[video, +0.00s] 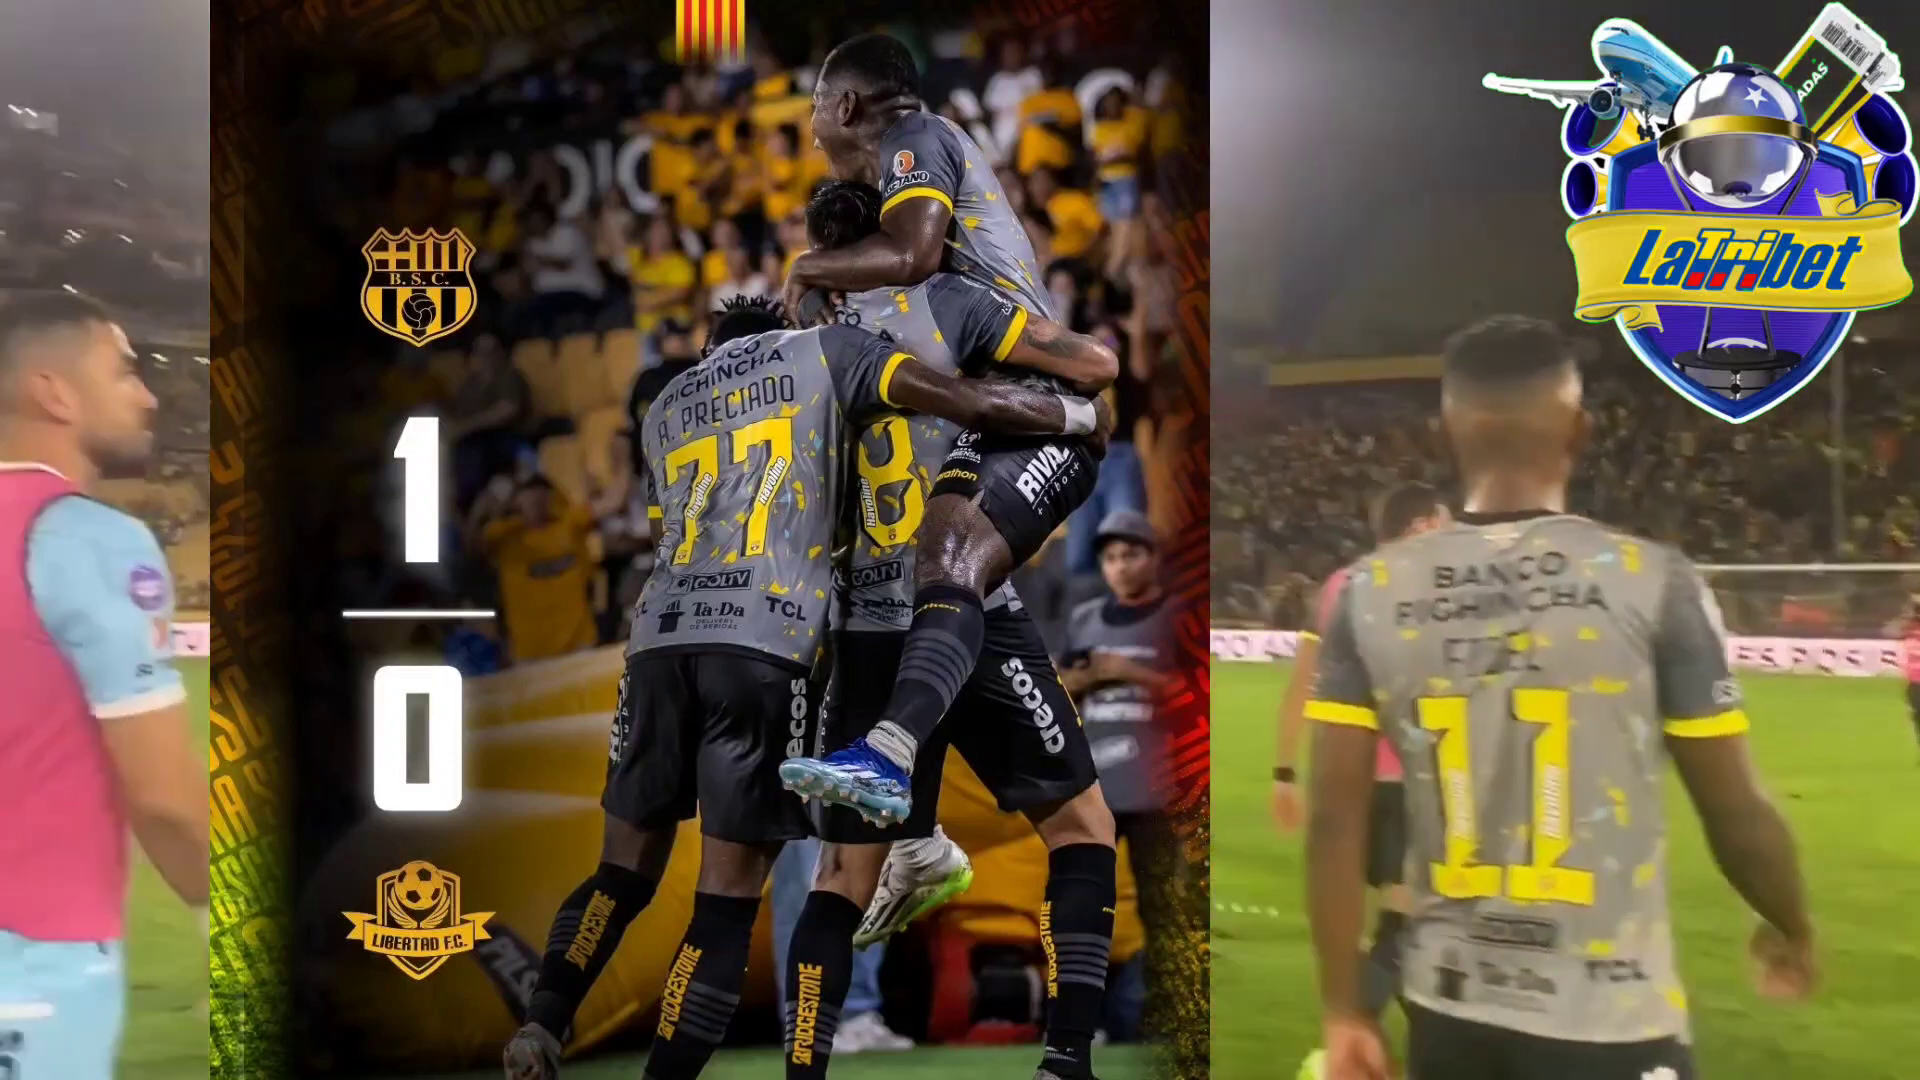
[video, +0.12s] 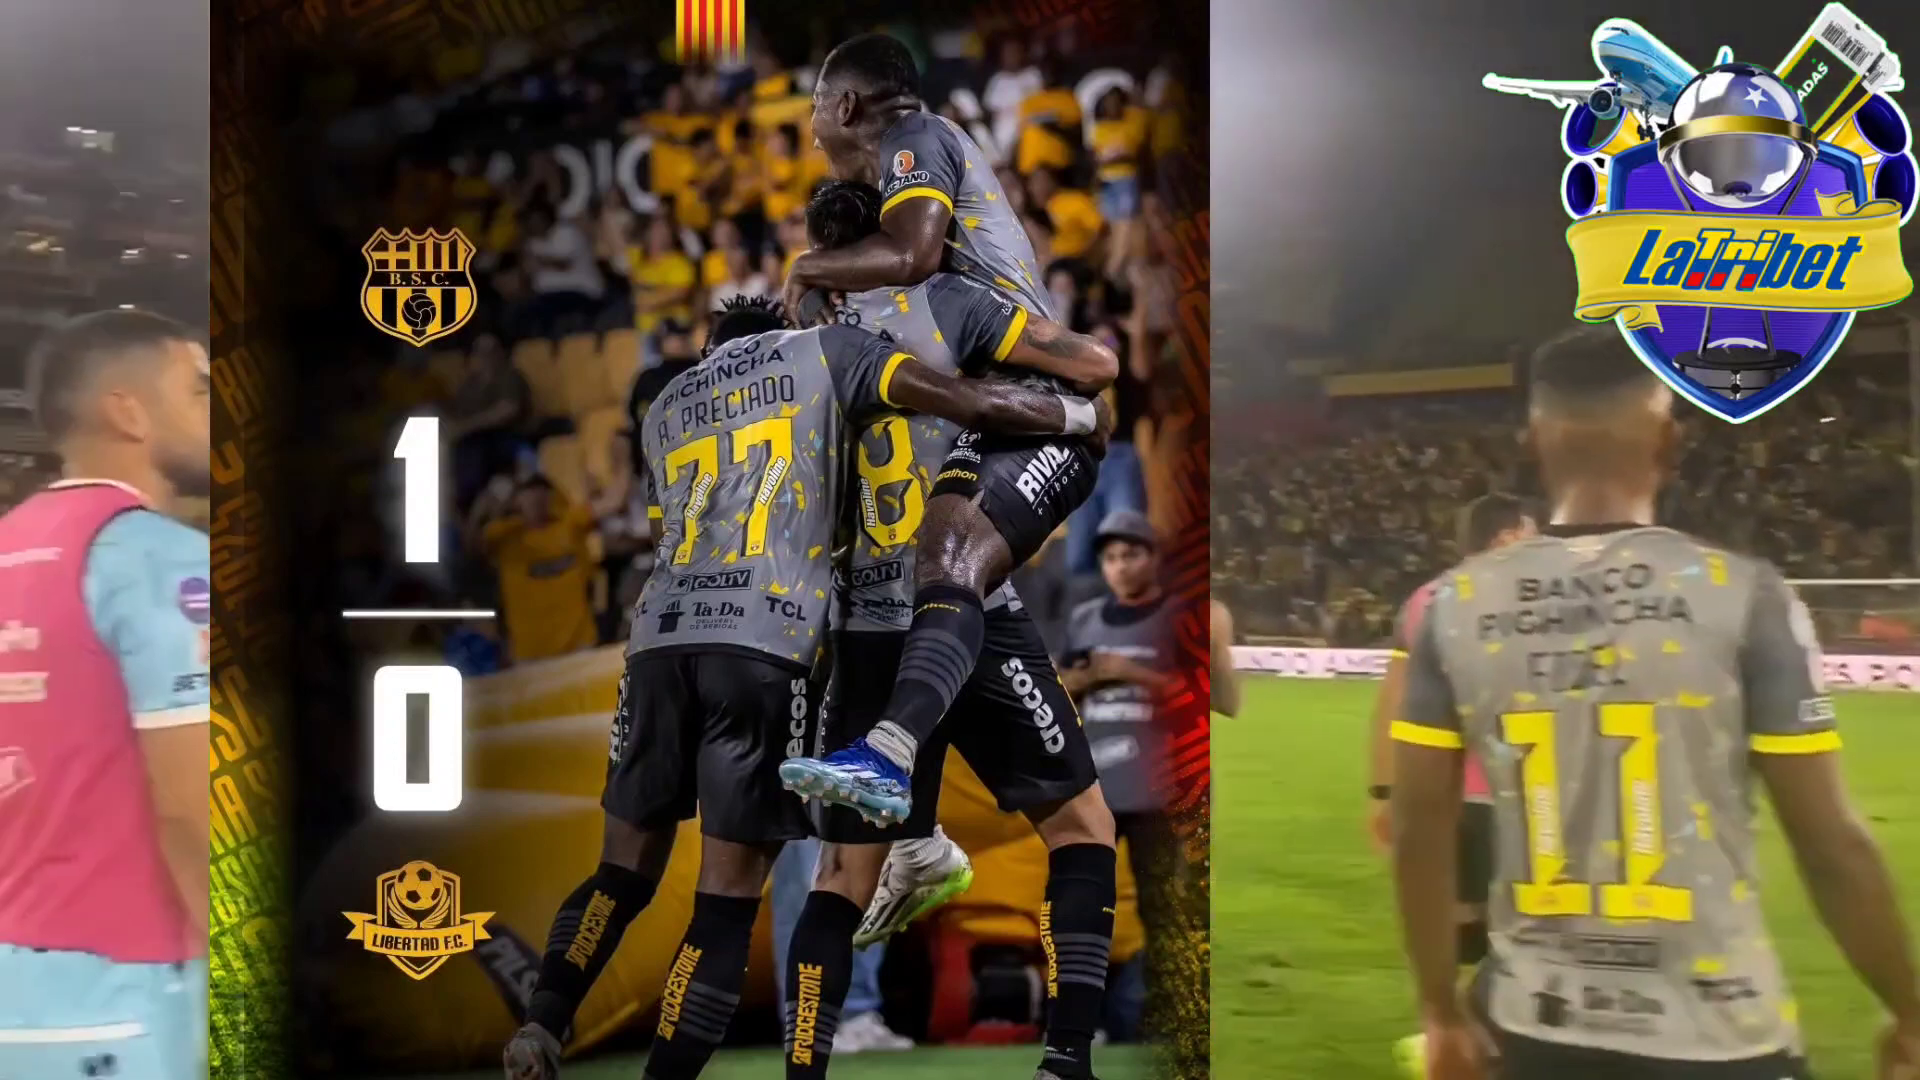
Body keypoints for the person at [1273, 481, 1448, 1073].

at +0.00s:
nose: (1446, 539)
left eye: (1445, 530)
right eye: (1443, 528)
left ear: (1393, 526)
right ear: (1423, 524)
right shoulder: (1349, 589)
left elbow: (1305, 682)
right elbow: (1304, 681)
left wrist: (1285, 768)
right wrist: (1286, 769)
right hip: (1384, 774)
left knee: (1399, 917)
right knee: (1401, 917)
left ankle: (1353, 1039)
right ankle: (1349, 1041)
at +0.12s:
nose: (1534, 548)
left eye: (1532, 538)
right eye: (1529, 537)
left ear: (1476, 537)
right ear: (1508, 535)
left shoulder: (1429, 600)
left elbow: (1391, 705)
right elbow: (1391, 705)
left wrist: (1382, 790)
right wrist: (1384, 790)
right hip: (1480, 795)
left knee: (1467, 929)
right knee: (1481, 931)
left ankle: (1449, 1030)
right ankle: (1449, 1032)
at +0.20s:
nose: (1587, 562)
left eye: (1587, 552)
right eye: (1585, 551)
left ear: (1523, 549)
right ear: (1566, 549)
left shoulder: (1482, 609)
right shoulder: (1578, 610)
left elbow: (1450, 710)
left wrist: (1447, 788)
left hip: (1502, 799)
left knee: (1510, 951)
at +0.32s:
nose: (1588, 573)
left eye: (1587, 563)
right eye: (1586, 563)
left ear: (1522, 563)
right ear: (1572, 563)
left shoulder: (1483, 620)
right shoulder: (1585, 622)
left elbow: (1456, 721)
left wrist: (1464, 802)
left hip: (1499, 810)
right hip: (1576, 815)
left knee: (1502, 959)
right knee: (1595, 961)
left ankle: (1498, 1069)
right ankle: (1596, 1068)